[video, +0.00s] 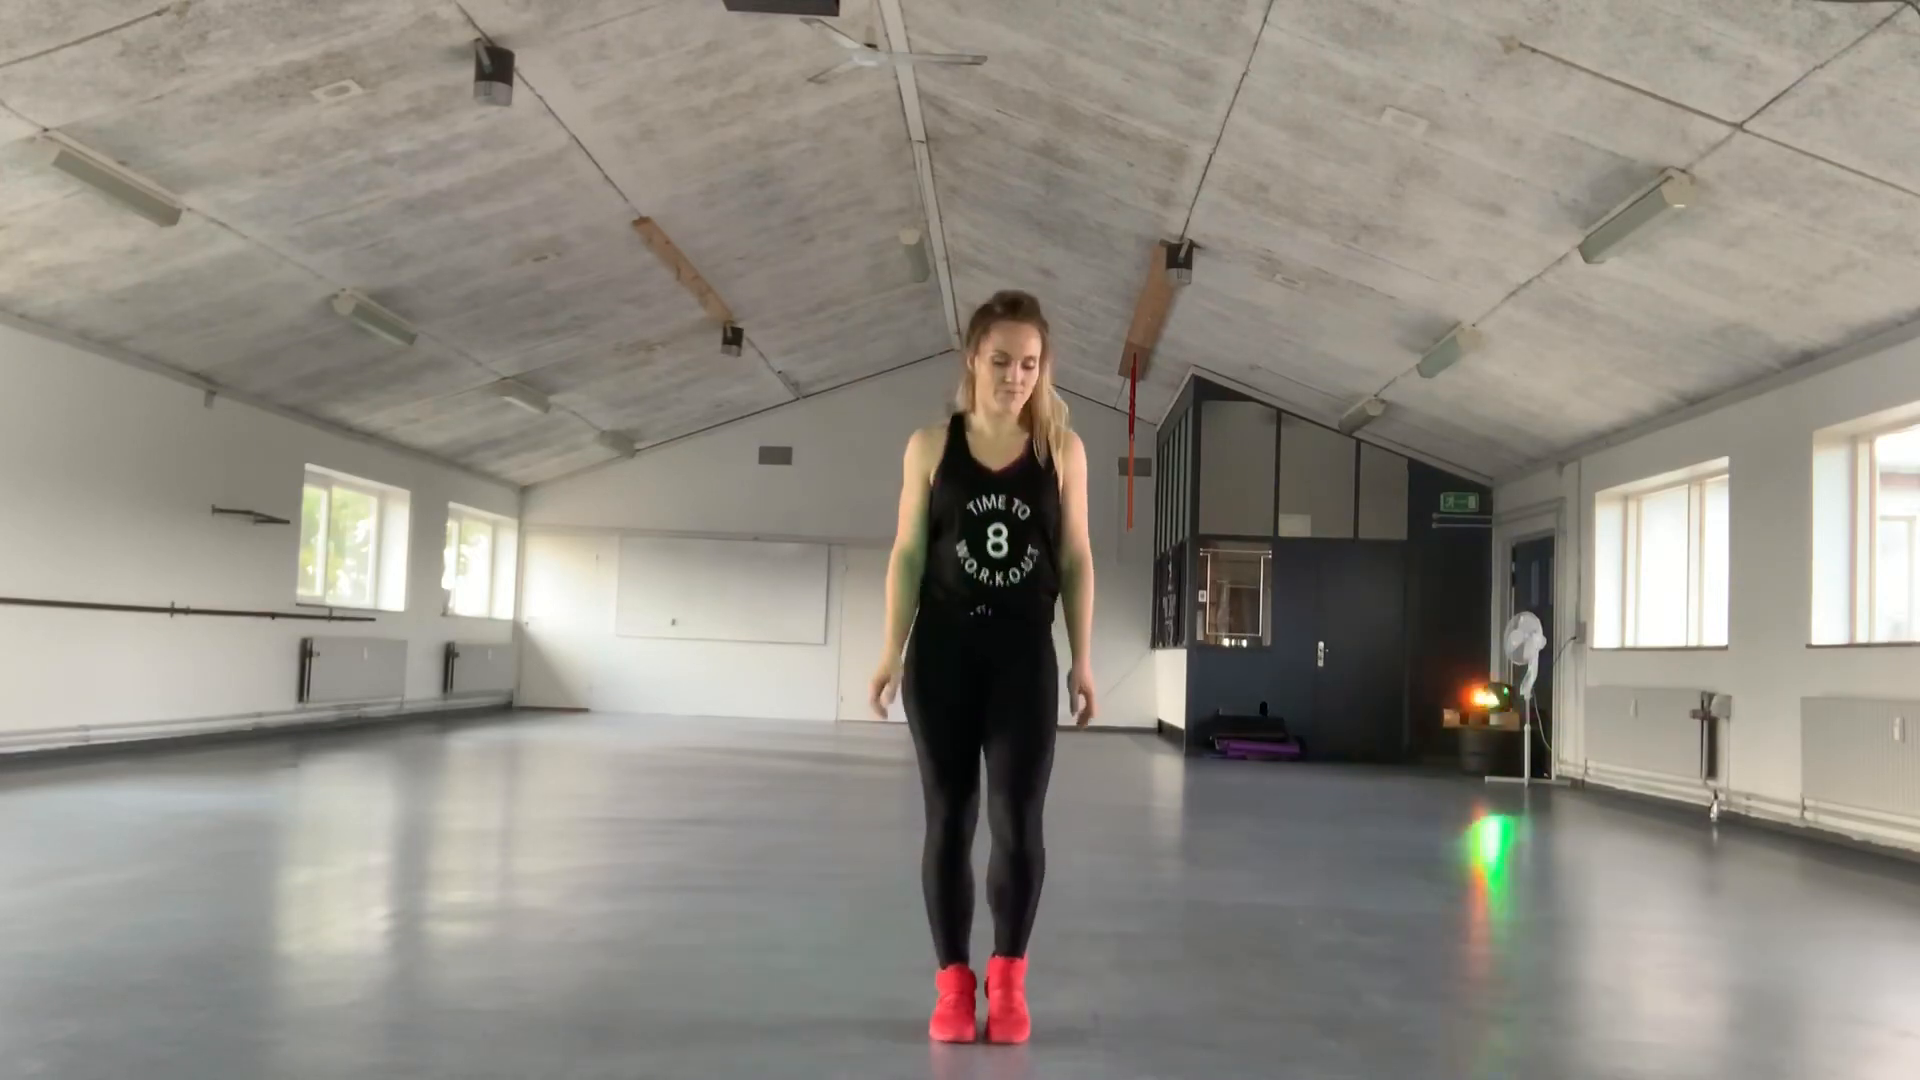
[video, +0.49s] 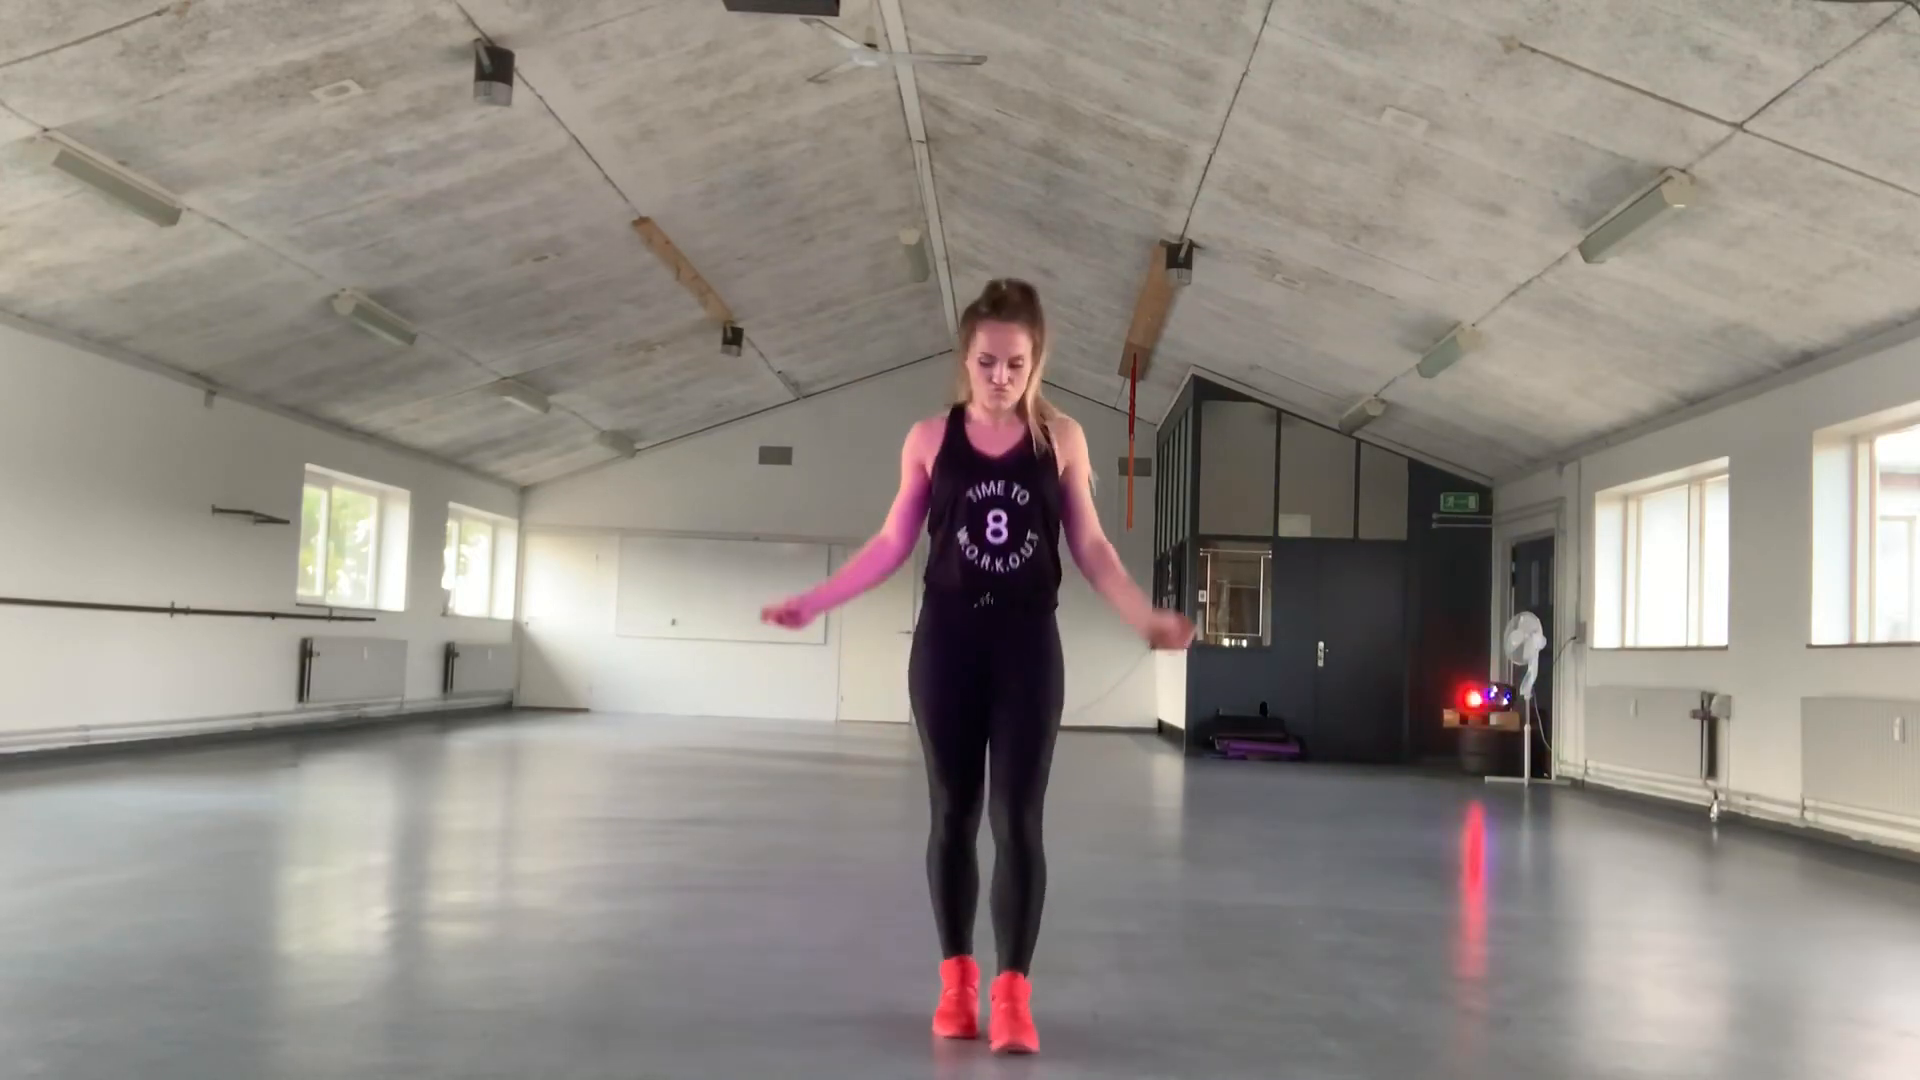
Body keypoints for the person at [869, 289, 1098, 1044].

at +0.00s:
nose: (1015, 374)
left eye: (1029, 361)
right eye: (1001, 357)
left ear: (1043, 369)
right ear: (972, 358)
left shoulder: (1062, 450)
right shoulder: (930, 444)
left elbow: (1077, 559)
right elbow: (908, 553)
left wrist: (1082, 659)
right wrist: (891, 650)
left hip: (1025, 656)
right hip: (941, 653)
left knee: (1017, 822)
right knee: (949, 821)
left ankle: (1007, 975)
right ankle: (953, 979)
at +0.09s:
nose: (1019, 364)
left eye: (1033, 351)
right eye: (1005, 347)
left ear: (1048, 354)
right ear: (972, 343)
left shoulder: (1059, 433)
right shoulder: (927, 424)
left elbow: (1074, 548)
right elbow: (901, 528)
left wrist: (1080, 645)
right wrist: (889, 627)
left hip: (1032, 640)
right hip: (947, 638)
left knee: (1018, 808)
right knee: (955, 812)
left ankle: (1010, 975)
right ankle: (954, 976)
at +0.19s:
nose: (1017, 364)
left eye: (1032, 351)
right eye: (1004, 347)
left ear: (1047, 356)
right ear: (971, 343)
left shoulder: (1058, 437)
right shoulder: (927, 425)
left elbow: (1073, 550)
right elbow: (895, 529)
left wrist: (1082, 647)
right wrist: (881, 626)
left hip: (1032, 643)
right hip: (949, 641)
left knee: (1018, 807)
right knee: (956, 810)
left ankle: (1014, 975)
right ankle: (955, 973)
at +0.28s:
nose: (1013, 381)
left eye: (1026, 367)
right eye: (998, 364)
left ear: (1041, 372)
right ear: (966, 364)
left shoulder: (1058, 451)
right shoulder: (926, 449)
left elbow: (1072, 559)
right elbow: (894, 554)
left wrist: (1084, 657)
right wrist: (856, 647)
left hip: (1028, 659)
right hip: (944, 656)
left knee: (1015, 818)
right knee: (952, 822)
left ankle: (1011, 975)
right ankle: (955, 978)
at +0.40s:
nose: (1004, 385)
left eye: (1018, 372)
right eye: (991, 370)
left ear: (1033, 378)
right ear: (964, 370)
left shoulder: (1058, 452)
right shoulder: (928, 460)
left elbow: (1082, 555)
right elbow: (898, 565)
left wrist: (1115, 645)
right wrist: (829, 631)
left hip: (1024, 662)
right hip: (941, 659)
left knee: (1016, 823)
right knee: (951, 824)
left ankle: (1013, 984)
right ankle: (956, 980)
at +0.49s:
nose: (1000, 374)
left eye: (1015, 360)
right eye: (988, 358)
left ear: (1035, 364)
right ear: (965, 357)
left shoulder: (1060, 437)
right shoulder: (930, 439)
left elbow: (1092, 550)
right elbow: (891, 546)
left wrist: (1146, 619)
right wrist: (814, 602)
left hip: (1028, 648)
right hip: (946, 646)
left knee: (1017, 813)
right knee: (954, 811)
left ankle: (1013, 985)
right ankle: (958, 974)